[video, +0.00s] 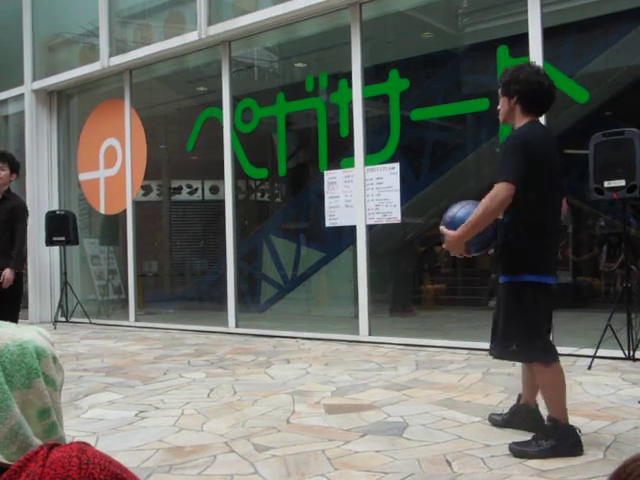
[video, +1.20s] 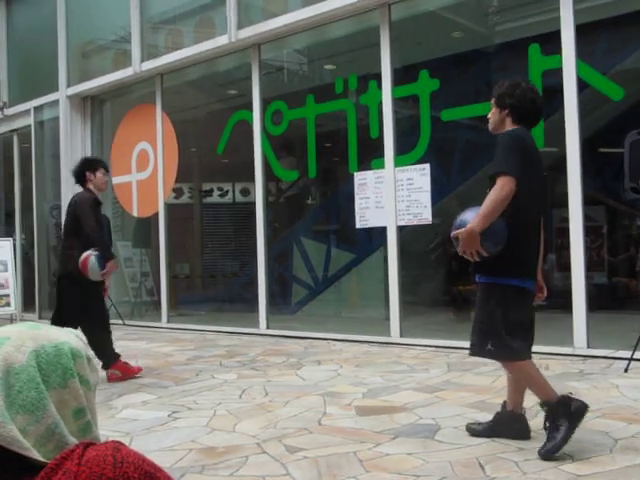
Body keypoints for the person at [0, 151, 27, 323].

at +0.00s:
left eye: (3, 169)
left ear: (12, 175)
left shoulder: (16, 204)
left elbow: (19, 241)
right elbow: (20, 241)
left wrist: (12, 268)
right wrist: (10, 268)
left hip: (7, 273)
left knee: (7, 324)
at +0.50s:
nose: (9, 168)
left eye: (13, 164)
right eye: (4, 164)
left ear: (21, 169)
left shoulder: (31, 201)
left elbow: (37, 237)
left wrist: (35, 267)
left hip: (22, 270)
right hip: (2, 271)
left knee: (20, 322)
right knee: (3, 321)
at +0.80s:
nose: (44, 171)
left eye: (46, 166)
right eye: (39, 167)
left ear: (49, 169)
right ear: (25, 172)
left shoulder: (51, 202)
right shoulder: (13, 201)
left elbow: (61, 235)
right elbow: (4, 234)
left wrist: (70, 260)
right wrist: (3, 260)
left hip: (45, 272)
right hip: (19, 272)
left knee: (54, 320)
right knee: (21, 321)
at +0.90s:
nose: (59, 172)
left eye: (60, 168)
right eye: (54, 168)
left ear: (61, 171)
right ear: (39, 172)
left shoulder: (59, 203)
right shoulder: (30, 200)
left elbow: (66, 237)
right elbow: (19, 230)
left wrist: (77, 262)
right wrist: (24, 258)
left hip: (53, 273)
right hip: (31, 274)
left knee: (69, 320)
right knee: (30, 324)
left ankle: (65, 367)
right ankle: (31, 369)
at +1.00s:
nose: (74, 174)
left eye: (74, 169)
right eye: (69, 169)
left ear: (72, 172)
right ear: (54, 173)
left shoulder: (66, 200)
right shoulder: (48, 198)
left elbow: (73, 237)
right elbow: (46, 233)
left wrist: (81, 266)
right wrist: (57, 260)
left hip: (57, 267)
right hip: (49, 268)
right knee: (74, 313)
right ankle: (89, 357)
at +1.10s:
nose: (89, 177)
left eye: (89, 173)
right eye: (85, 172)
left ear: (77, 177)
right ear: (70, 175)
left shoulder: (75, 201)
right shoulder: (66, 200)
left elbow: (78, 238)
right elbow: (71, 234)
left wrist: (85, 276)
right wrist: (84, 261)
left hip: (65, 270)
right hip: (63, 270)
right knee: (86, 316)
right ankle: (103, 361)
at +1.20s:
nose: (107, 179)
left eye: (107, 175)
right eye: (103, 174)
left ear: (92, 177)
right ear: (89, 176)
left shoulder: (89, 201)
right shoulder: (85, 201)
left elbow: (95, 239)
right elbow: (93, 233)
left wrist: (102, 277)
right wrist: (108, 257)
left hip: (75, 273)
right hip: (81, 274)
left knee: (63, 323)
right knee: (97, 320)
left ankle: (49, 365)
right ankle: (112, 364)